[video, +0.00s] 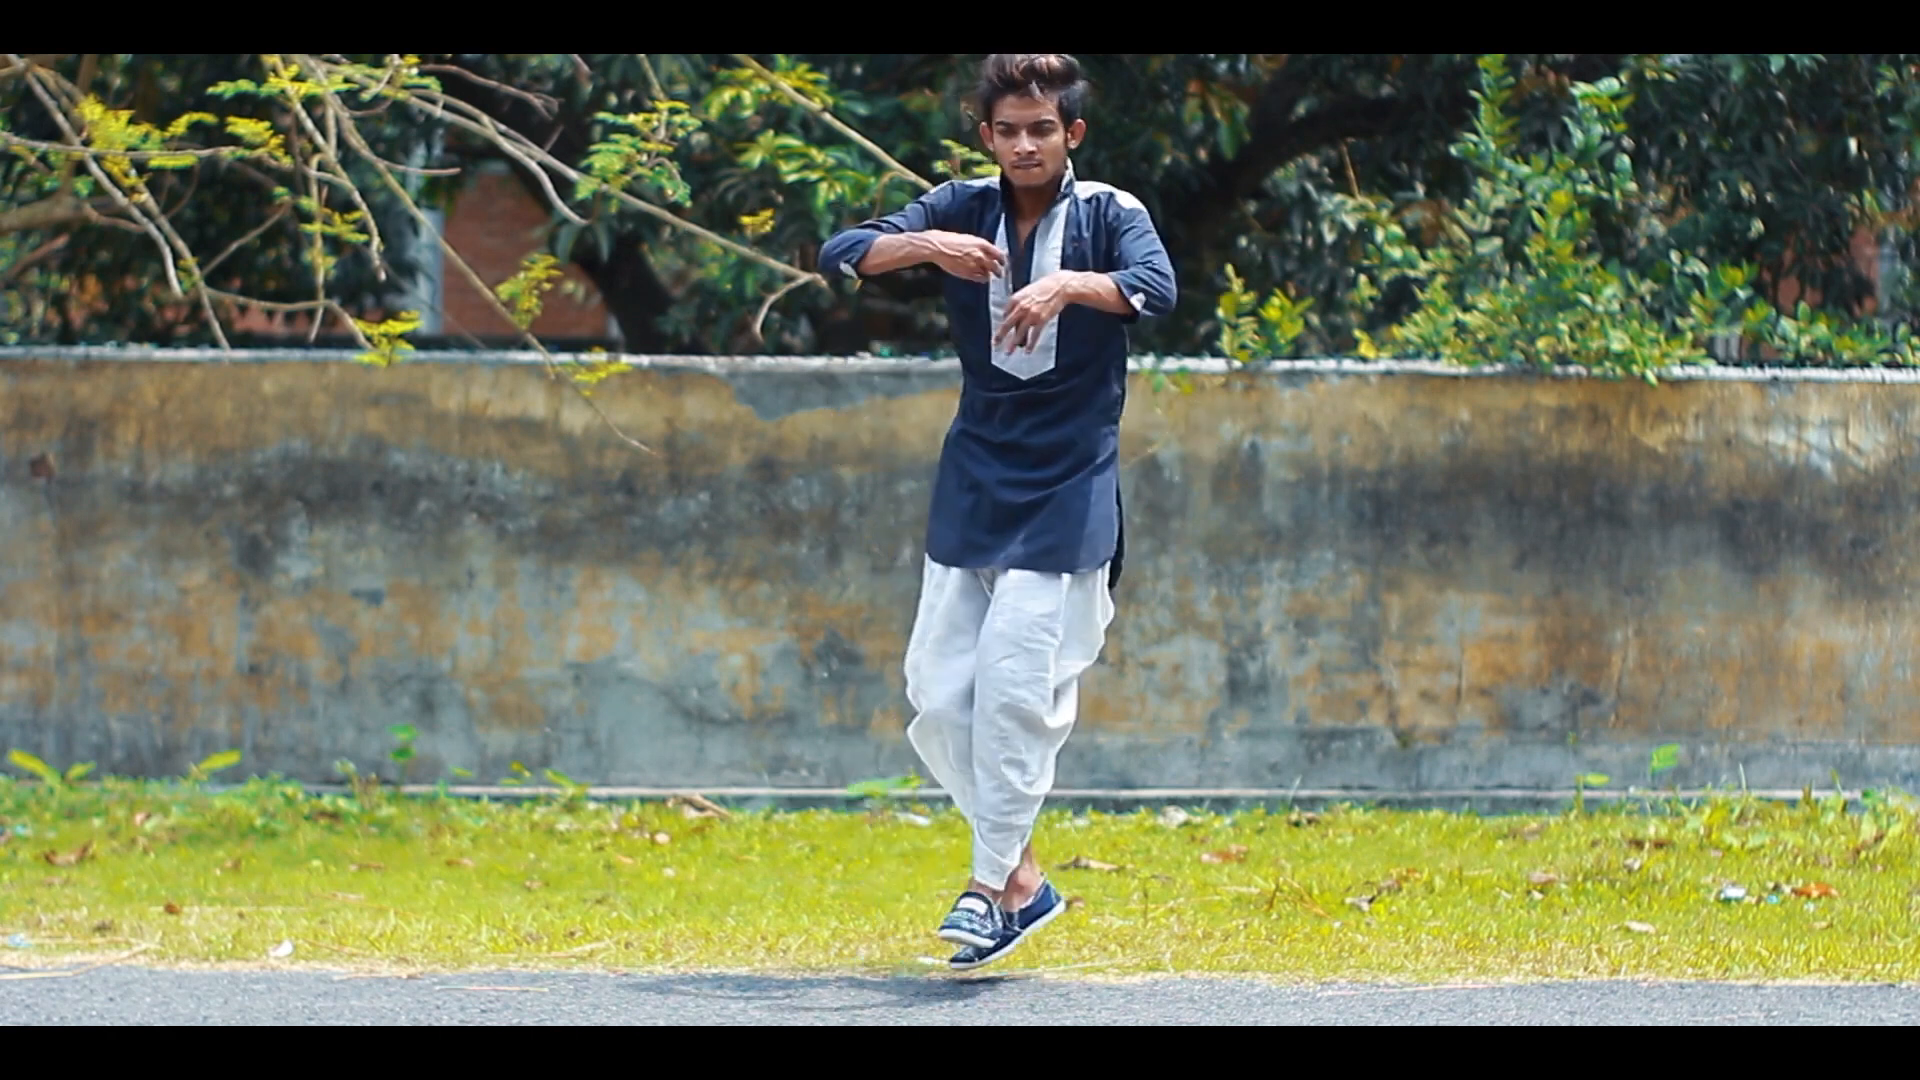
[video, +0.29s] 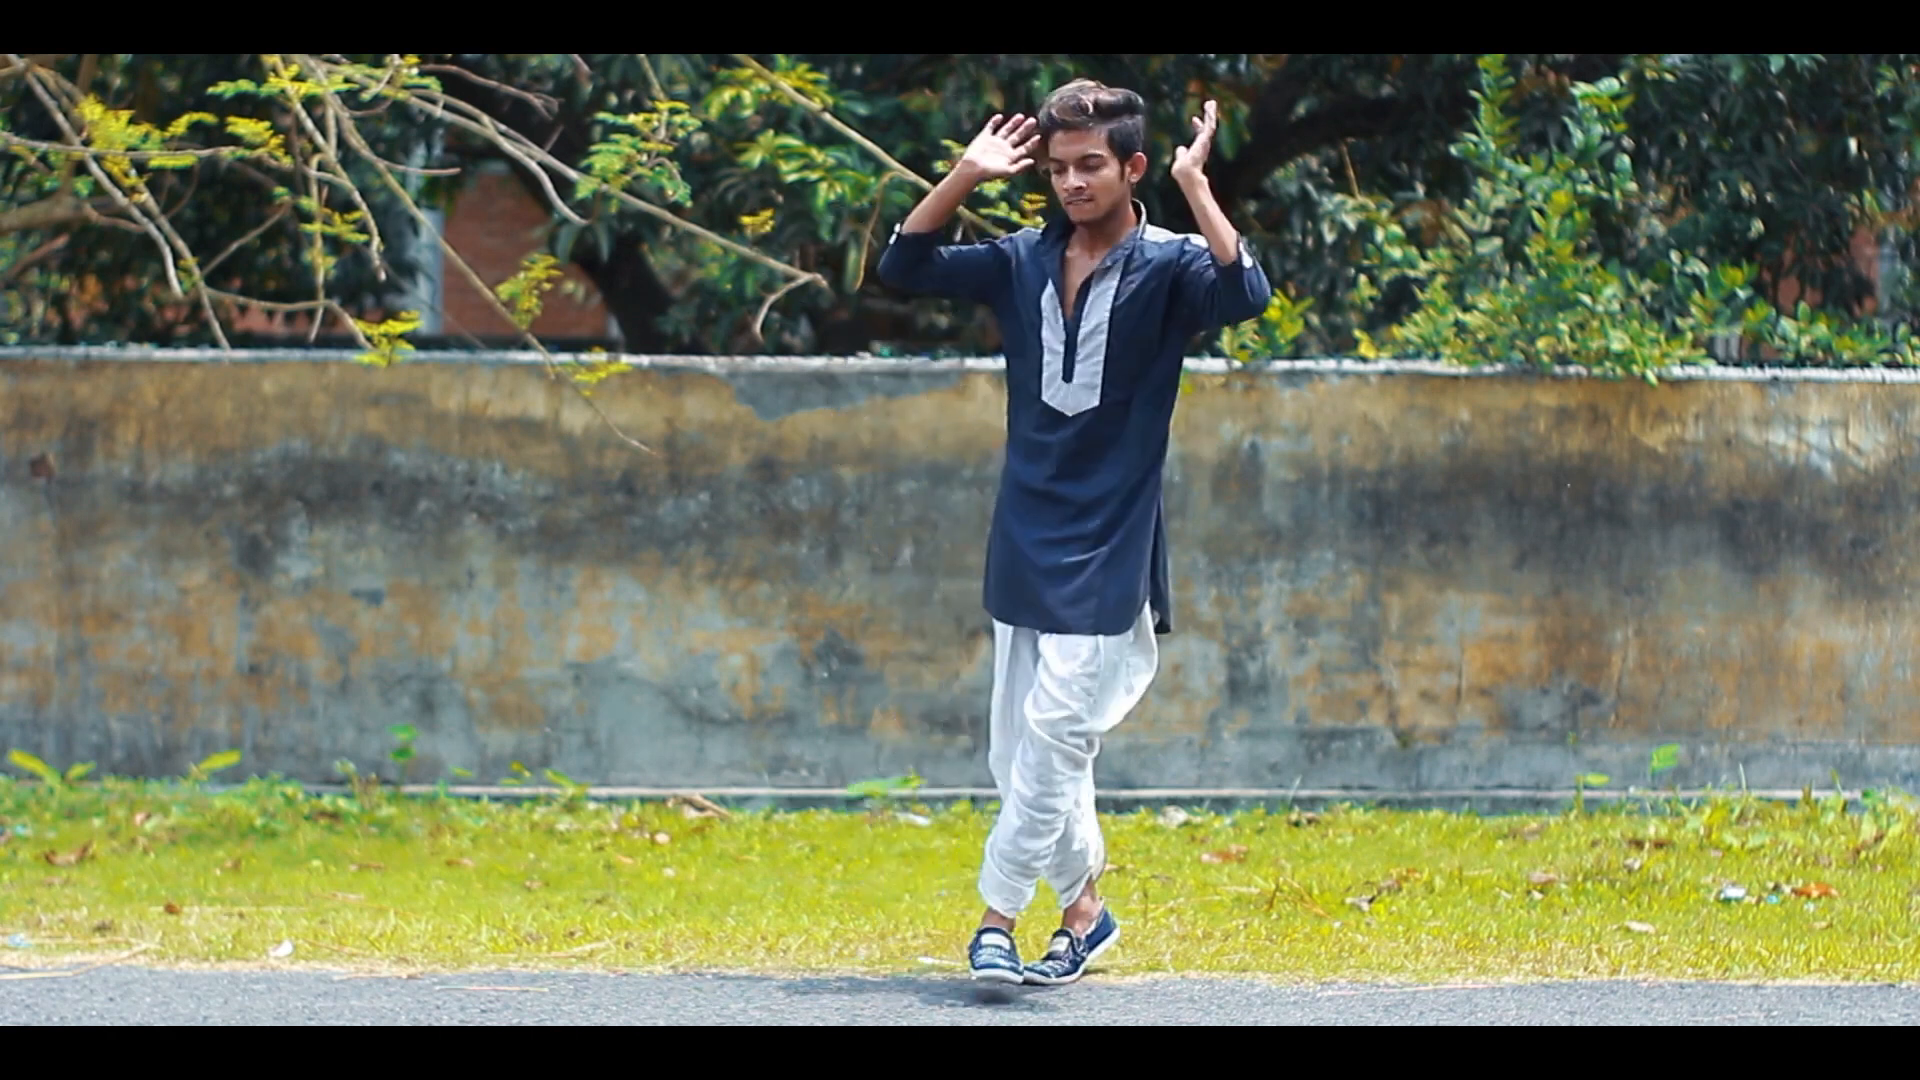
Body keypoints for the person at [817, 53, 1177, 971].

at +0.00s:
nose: (1023, 145)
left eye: (1040, 129)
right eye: (1008, 130)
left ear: (1073, 132)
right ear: (985, 132)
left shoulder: (1110, 212)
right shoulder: (959, 205)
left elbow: (1155, 289)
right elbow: (837, 253)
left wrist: (1066, 287)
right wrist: (924, 246)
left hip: (1067, 491)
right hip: (973, 485)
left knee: (1017, 690)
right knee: (936, 695)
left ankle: (986, 892)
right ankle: (1022, 884)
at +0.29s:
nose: (1074, 182)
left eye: (1091, 164)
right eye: (1059, 167)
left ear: (1132, 168)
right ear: (1045, 172)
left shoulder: (1165, 261)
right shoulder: (1023, 259)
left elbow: (1246, 293)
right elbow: (900, 266)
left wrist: (1193, 182)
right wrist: (967, 173)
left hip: (1110, 535)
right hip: (1025, 528)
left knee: (1056, 729)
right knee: (1027, 736)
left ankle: (998, 920)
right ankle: (1085, 912)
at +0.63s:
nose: (1113, 270)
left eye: (1130, 252)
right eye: (1106, 254)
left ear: (1185, 251)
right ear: (1106, 258)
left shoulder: (1218, 345)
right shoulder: (1118, 324)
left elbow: (1300, 298)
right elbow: (1081, 271)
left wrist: (1228, 235)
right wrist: (1116, 220)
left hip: (1181, 608)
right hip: (1095, 608)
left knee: (1184, 797)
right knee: (973, 717)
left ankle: (1238, 957)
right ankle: (945, 941)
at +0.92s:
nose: (1150, 227)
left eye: (1163, 210)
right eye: (1142, 210)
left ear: (1212, 198)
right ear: (1143, 203)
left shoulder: (1273, 275)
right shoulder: (1155, 263)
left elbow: (1234, 275)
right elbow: (1051, 226)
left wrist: (1221, 208)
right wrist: (1130, 178)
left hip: (1161, 539)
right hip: (1079, 518)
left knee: (1161, 756)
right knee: (987, 713)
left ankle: (1228, 932)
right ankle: (937, 915)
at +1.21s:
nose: (1169, 218)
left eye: (1186, 200)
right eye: (1157, 205)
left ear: (1232, 203)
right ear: (1145, 210)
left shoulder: (1263, 296)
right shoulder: (1138, 279)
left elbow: (1339, 310)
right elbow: (1022, 257)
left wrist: (1261, 226)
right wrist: (1089, 201)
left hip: (1183, 565)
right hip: (1093, 545)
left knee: (1191, 778)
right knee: (958, 690)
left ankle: (1205, 956)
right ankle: (945, 911)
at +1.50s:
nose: (1156, 225)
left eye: (1175, 213)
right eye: (1141, 212)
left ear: (1203, 237)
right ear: (1117, 232)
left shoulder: (1235, 348)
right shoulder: (1076, 336)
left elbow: (1304, 464)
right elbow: (1021, 450)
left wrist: (1415, 410)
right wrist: (915, 401)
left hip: (1167, 611)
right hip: (1058, 599)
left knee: (1192, 788)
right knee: (948, 758)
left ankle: (1226, 965)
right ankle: (935, 944)